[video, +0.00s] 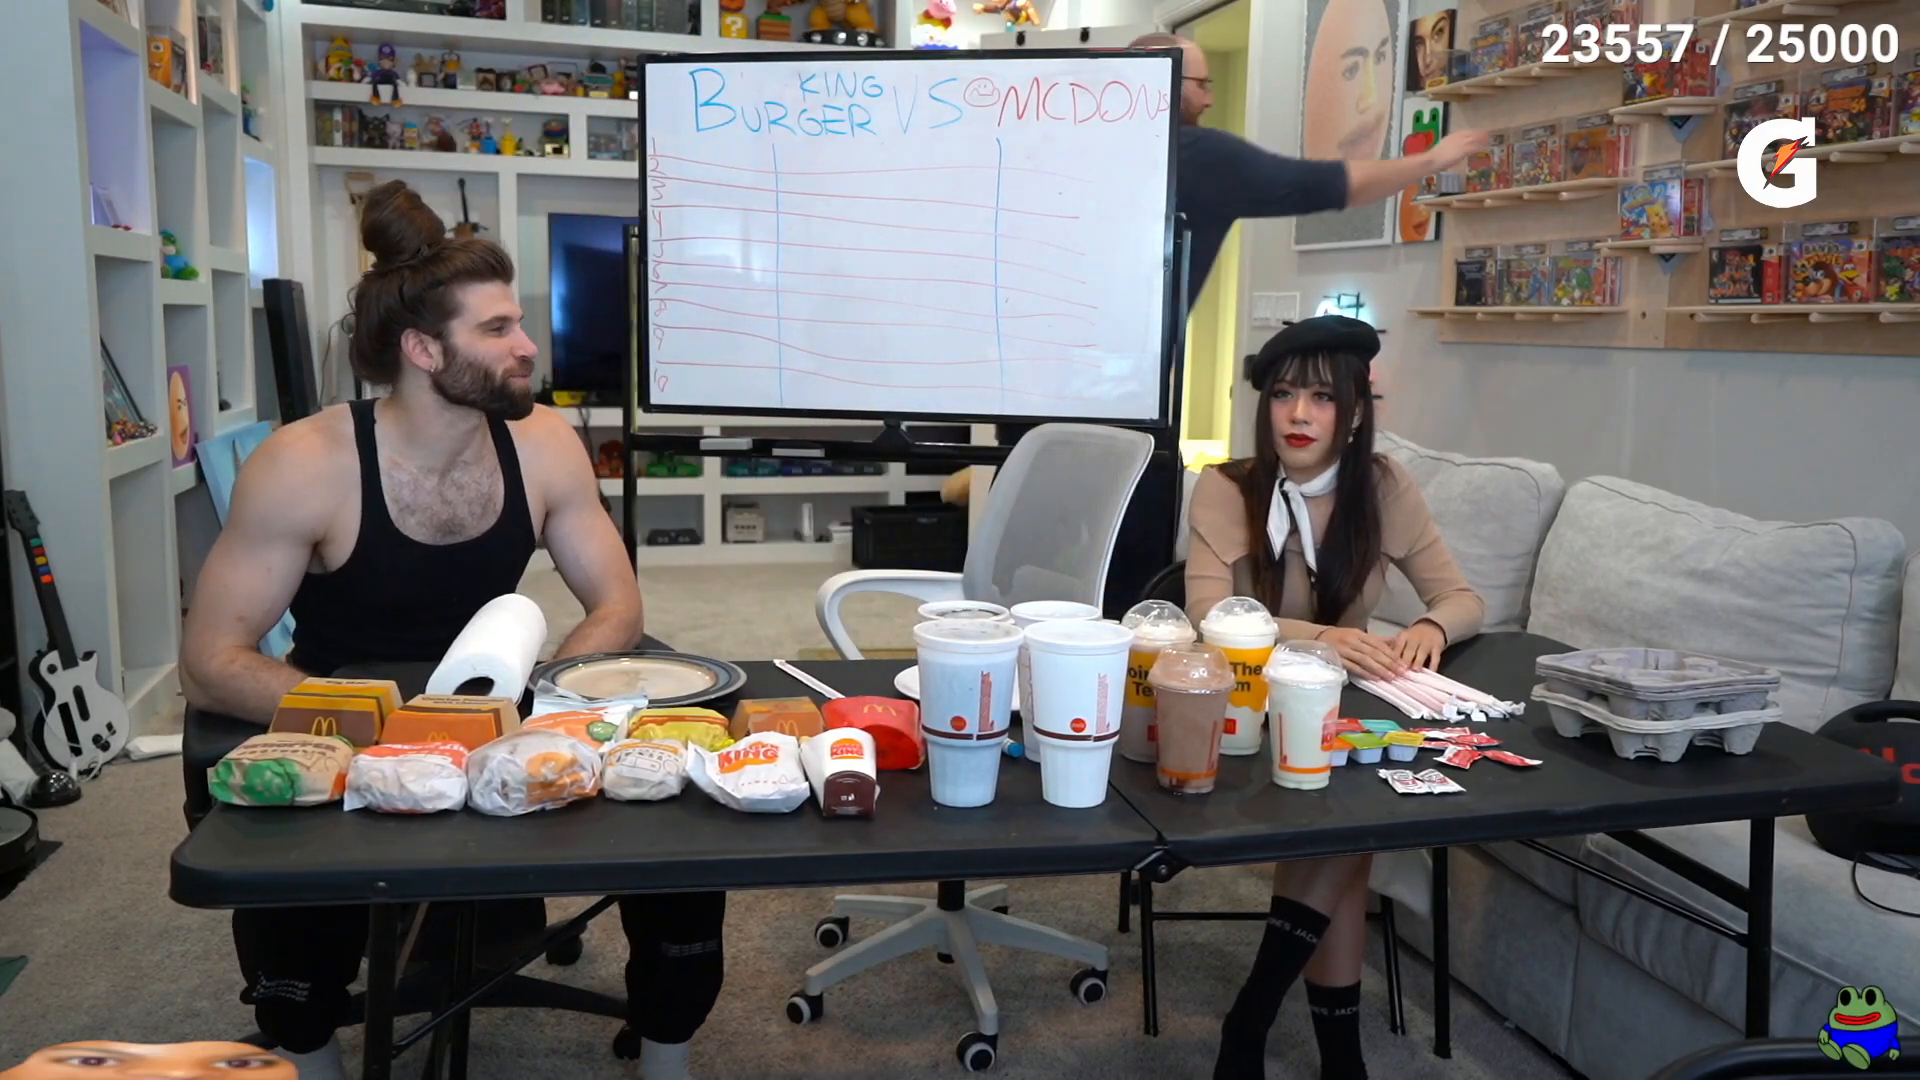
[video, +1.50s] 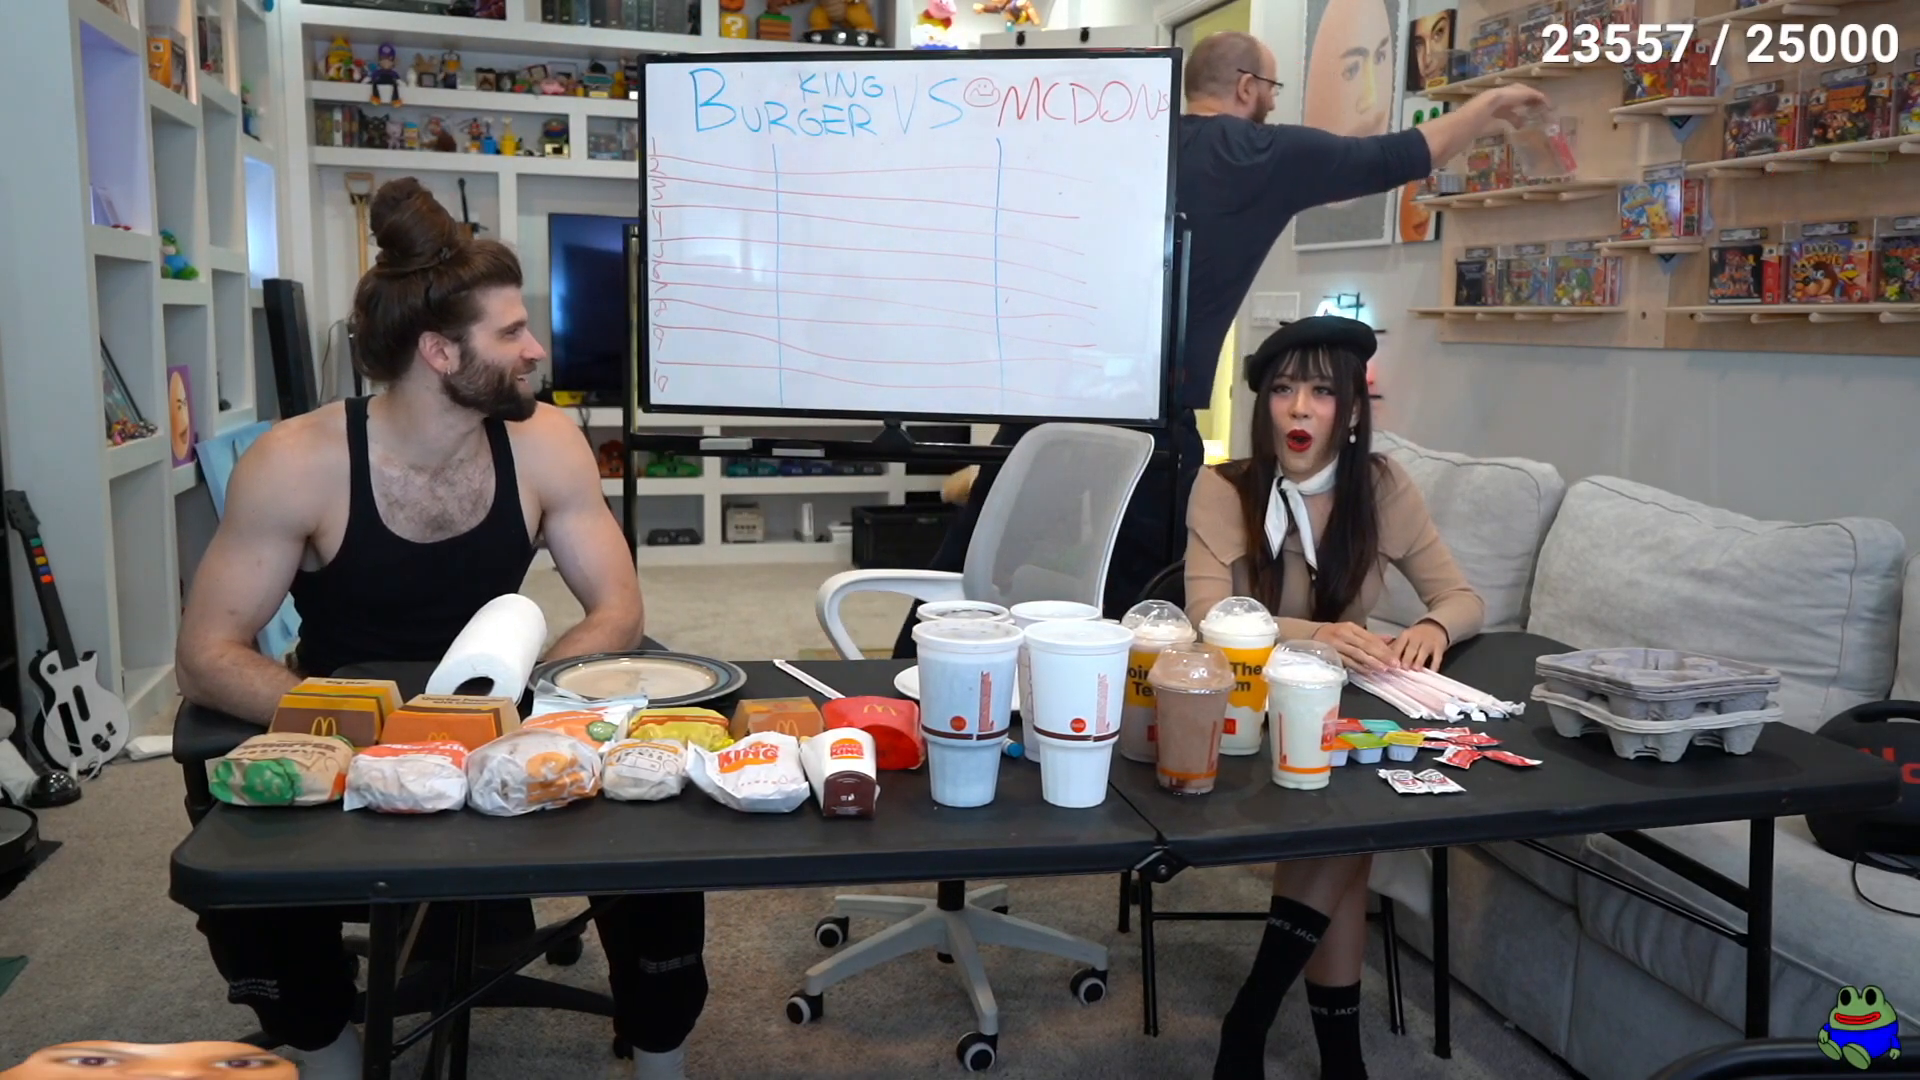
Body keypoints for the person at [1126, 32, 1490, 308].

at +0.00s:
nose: (1208, 98)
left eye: (1206, 85)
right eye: (1200, 85)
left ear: (1157, 86)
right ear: (1166, 87)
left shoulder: (1100, 144)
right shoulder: (1198, 153)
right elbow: (1335, 186)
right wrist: (1432, 160)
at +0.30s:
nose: (1279, 96)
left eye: (1280, 82)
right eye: (1276, 81)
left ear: (1201, 81)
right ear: (1246, 82)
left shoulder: (1134, 133)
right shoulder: (1272, 148)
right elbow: (1420, 145)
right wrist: (1524, 116)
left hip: (1074, 394)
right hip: (1169, 409)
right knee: (1168, 590)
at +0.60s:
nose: (1338, 109)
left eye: (1334, 95)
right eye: (1330, 95)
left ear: (1244, 94)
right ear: (1296, 97)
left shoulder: (1160, 132)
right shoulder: (1314, 162)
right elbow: (1465, 154)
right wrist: (1582, 109)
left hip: (1061, 389)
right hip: (1172, 414)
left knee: (956, 533)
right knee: (1159, 596)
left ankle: (878, 649)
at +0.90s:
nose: (1347, 132)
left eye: (1345, 117)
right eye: (1348, 118)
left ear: (1262, 97)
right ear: (1324, 111)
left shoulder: (1177, 136)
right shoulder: (1321, 173)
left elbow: (1061, 150)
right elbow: (1461, 173)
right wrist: (1557, 115)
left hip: (1068, 372)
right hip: (1170, 407)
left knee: (981, 471)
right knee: (1139, 578)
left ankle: (852, 594)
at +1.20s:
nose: (1329, 118)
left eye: (1325, 105)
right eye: (1324, 105)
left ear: (1243, 98)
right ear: (1294, 104)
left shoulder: (1158, 137)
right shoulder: (1297, 164)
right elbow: (1443, 161)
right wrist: (1542, 107)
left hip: (1058, 387)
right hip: (1166, 413)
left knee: (958, 527)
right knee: (1143, 593)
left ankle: (877, 657)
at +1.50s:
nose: (1268, 112)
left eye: (1269, 99)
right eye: (1268, 98)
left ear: (1191, 83)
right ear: (1247, 87)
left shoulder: (1108, 128)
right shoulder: (1256, 152)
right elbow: (1396, 158)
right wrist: (1490, 104)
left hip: (1042, 400)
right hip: (1152, 419)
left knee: (989, 567)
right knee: (1147, 594)